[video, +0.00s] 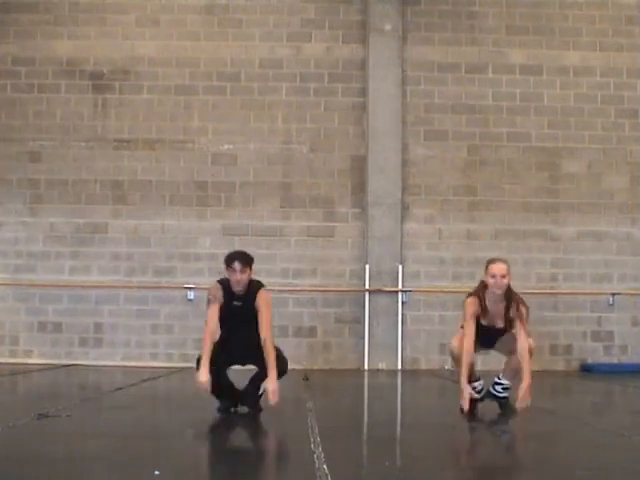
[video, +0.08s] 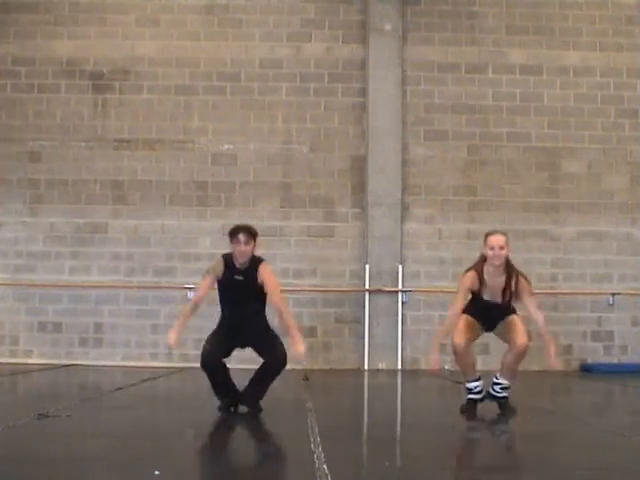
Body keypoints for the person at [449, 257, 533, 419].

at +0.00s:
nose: (498, 282)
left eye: (503, 277)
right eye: (493, 277)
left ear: (509, 279)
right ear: (485, 279)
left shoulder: (517, 305)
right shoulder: (473, 302)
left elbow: (523, 345)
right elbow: (468, 343)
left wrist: (526, 384)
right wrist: (465, 384)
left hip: (500, 337)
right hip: (475, 335)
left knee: (527, 347)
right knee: (456, 348)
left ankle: (501, 387)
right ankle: (475, 386)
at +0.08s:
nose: (496, 253)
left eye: (501, 248)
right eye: (492, 248)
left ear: (508, 251)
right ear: (484, 251)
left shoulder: (517, 280)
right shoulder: (472, 276)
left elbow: (536, 315)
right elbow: (455, 312)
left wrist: (550, 349)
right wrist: (437, 346)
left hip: (504, 315)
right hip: (475, 314)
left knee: (520, 344)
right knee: (459, 344)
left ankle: (500, 389)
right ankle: (474, 390)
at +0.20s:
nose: (495, 209)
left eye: (500, 205)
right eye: (490, 205)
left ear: (506, 208)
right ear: (483, 209)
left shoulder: (516, 238)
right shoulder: (471, 236)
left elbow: (542, 257)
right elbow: (440, 255)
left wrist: (565, 271)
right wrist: (412, 263)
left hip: (505, 291)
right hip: (477, 290)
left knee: (513, 338)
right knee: (469, 340)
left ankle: (500, 386)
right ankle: (477, 390)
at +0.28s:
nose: (496, 181)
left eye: (499, 177)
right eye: (491, 177)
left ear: (505, 180)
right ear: (483, 180)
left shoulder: (516, 204)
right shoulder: (472, 204)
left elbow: (540, 213)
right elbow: (440, 208)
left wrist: (560, 220)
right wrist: (417, 206)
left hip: (505, 274)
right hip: (476, 273)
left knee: (509, 329)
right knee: (476, 331)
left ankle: (500, 382)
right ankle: (478, 384)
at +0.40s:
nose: (497, 146)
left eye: (500, 142)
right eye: (492, 142)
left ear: (506, 146)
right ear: (483, 145)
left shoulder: (514, 171)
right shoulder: (471, 169)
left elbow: (541, 190)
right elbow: (435, 175)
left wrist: (567, 204)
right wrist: (407, 177)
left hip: (508, 241)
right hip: (478, 240)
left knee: (521, 298)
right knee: (462, 296)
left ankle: (533, 355)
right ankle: (447, 350)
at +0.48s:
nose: (498, 137)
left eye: (502, 133)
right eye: (493, 133)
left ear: (508, 138)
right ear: (484, 137)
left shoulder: (516, 166)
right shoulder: (472, 163)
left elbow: (539, 197)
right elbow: (434, 174)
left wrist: (564, 227)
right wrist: (401, 182)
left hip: (508, 231)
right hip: (478, 230)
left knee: (538, 282)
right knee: (447, 278)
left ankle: (572, 331)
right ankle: (409, 326)